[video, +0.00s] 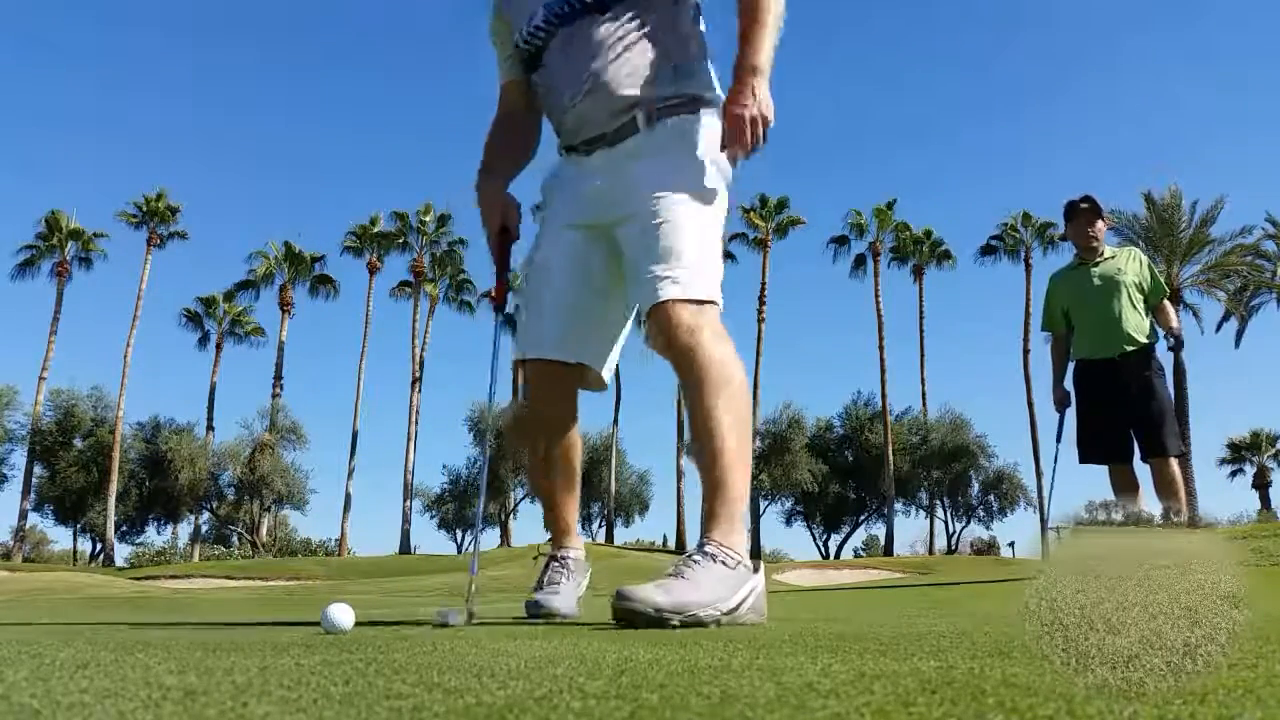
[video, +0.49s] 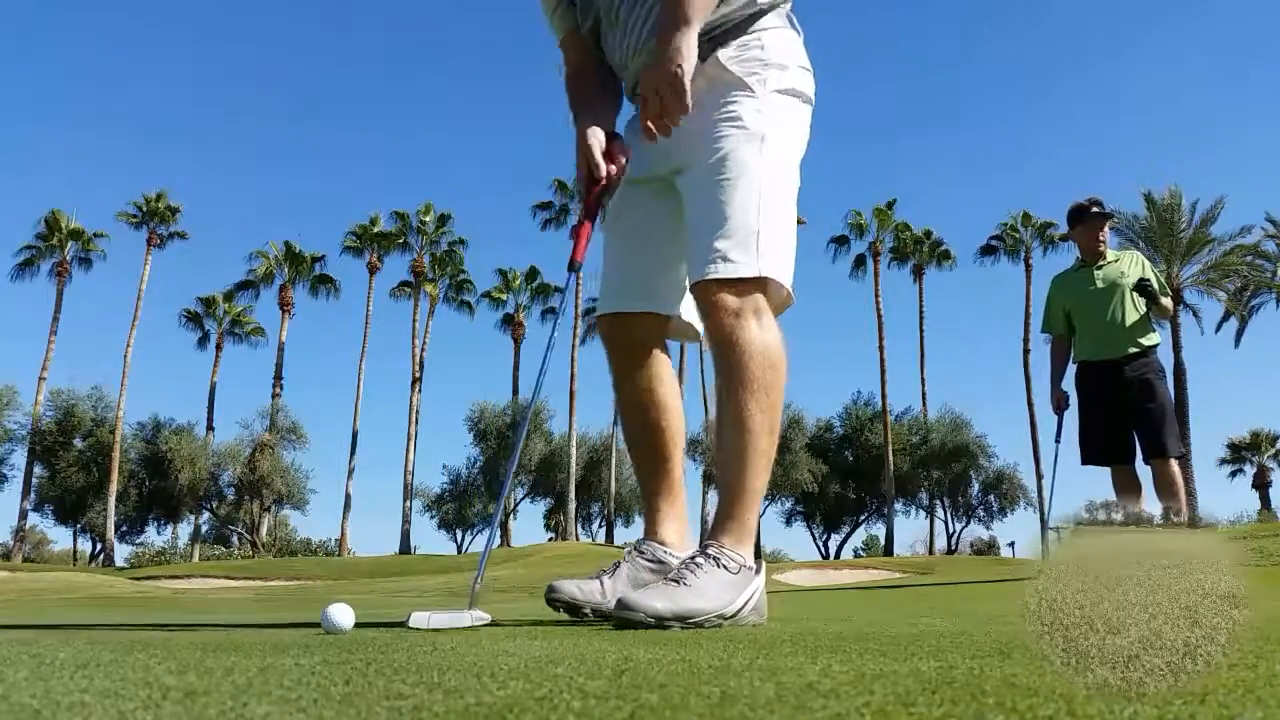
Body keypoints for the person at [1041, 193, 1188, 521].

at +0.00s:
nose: (1089, 228)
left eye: (1094, 221)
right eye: (1080, 224)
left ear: (1105, 225)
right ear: (1068, 232)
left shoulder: (1133, 259)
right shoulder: (1061, 281)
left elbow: (1159, 301)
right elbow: (1060, 337)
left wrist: (1172, 327)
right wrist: (1058, 384)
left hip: (1140, 366)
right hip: (1094, 374)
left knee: (1161, 451)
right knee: (1117, 459)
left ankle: (1179, 527)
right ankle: (1134, 532)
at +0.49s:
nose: (1101, 233)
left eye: (1104, 227)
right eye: (1092, 228)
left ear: (1109, 229)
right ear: (1073, 234)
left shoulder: (1134, 261)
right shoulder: (1063, 283)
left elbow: (1168, 312)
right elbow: (1060, 339)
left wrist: (1154, 297)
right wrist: (1056, 385)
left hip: (1142, 369)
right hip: (1096, 376)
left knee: (1163, 454)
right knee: (1119, 461)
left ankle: (1179, 530)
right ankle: (1135, 535)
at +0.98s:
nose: (1095, 235)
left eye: (1099, 228)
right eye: (1086, 230)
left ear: (1105, 232)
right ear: (1071, 237)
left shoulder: (1134, 265)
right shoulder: (1062, 286)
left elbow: (1166, 313)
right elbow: (1059, 342)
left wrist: (1150, 300)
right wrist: (1057, 389)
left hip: (1140, 371)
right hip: (1095, 378)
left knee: (1160, 455)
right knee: (1117, 462)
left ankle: (1177, 529)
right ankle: (1135, 534)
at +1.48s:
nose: (1086, 232)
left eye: (1091, 226)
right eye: (1078, 229)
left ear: (1103, 231)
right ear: (1068, 238)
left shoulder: (1133, 266)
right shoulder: (1060, 286)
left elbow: (1163, 307)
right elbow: (1058, 342)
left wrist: (1160, 317)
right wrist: (1055, 388)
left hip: (1138, 372)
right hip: (1093, 379)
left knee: (1159, 455)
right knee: (1117, 462)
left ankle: (1177, 528)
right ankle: (1135, 533)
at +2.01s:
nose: (1084, 232)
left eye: (1089, 226)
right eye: (1076, 229)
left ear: (1102, 230)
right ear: (1067, 239)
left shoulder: (1132, 265)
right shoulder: (1060, 286)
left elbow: (1158, 312)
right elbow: (1058, 341)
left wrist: (1172, 354)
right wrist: (1055, 387)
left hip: (1139, 373)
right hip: (1093, 380)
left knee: (1160, 456)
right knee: (1117, 463)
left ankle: (1178, 530)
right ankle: (1135, 535)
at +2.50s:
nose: (1084, 232)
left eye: (1090, 226)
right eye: (1076, 229)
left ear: (1103, 229)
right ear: (1068, 238)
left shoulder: (1134, 266)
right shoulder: (1062, 285)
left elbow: (1159, 313)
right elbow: (1059, 340)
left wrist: (1175, 355)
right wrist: (1057, 387)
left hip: (1140, 372)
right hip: (1094, 379)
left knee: (1160, 454)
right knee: (1118, 462)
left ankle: (1178, 529)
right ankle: (1135, 535)